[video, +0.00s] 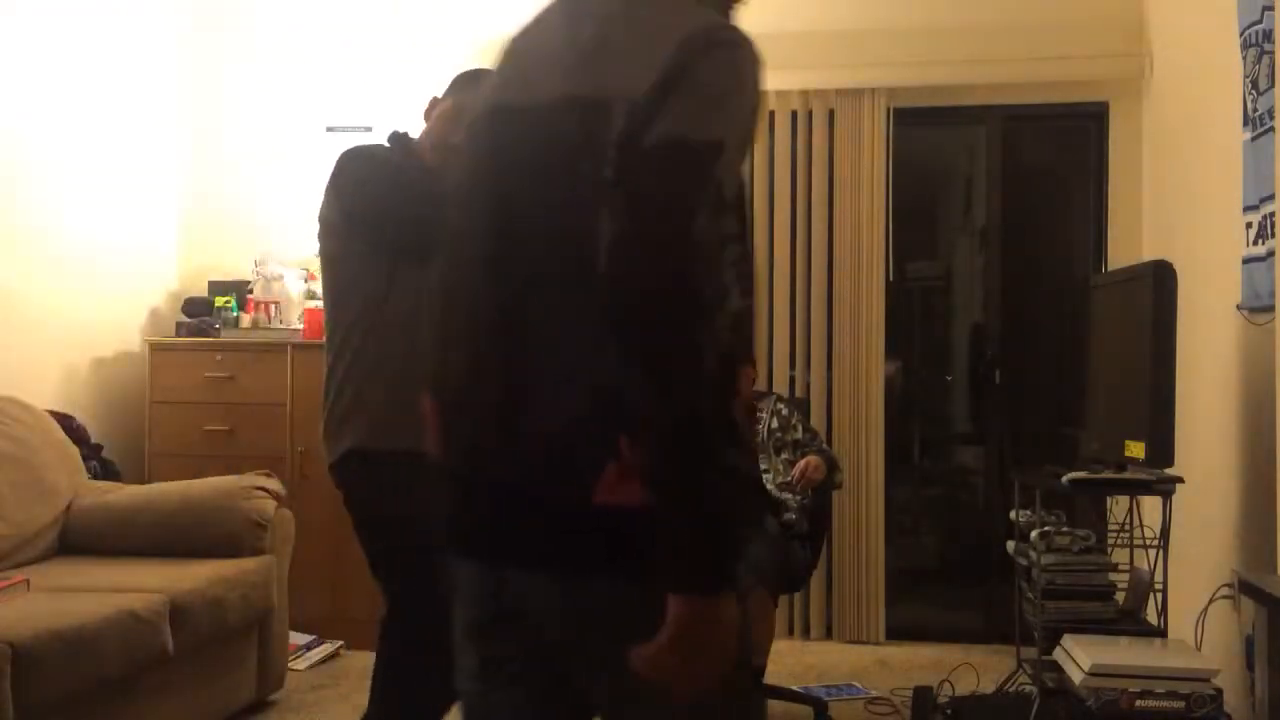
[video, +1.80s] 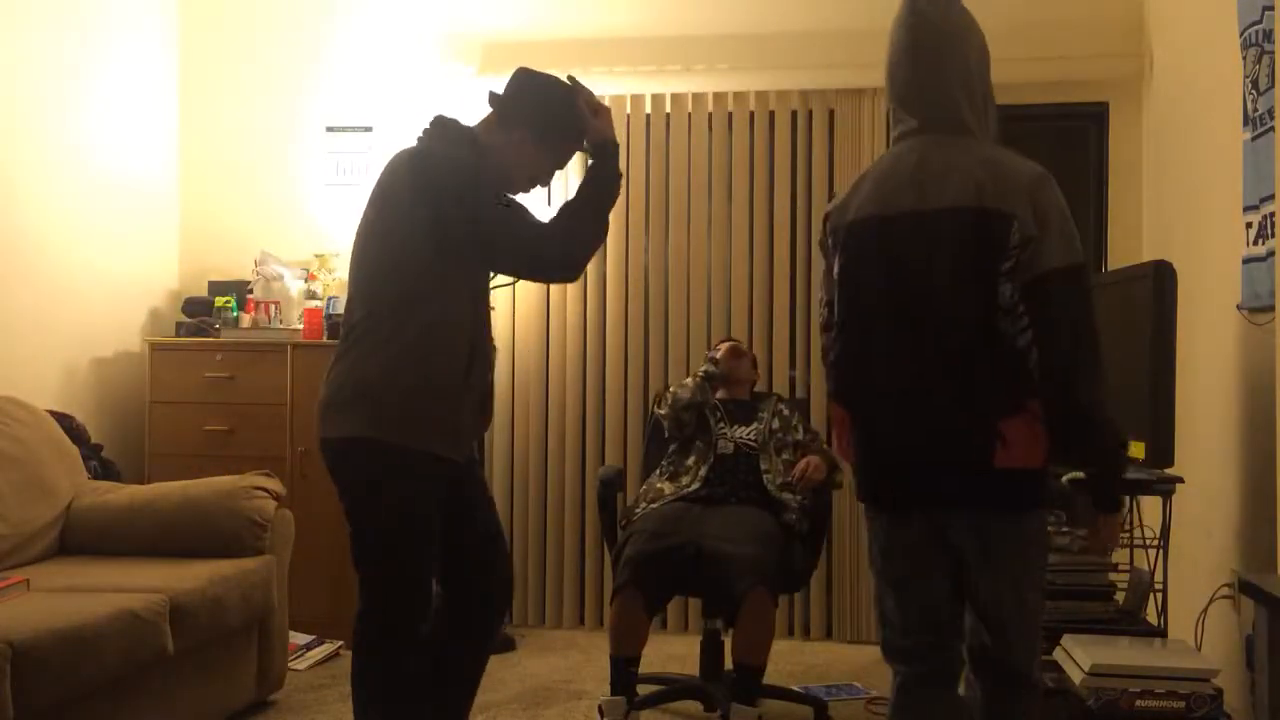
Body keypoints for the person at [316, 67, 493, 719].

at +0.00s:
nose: (473, 142)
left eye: (485, 132)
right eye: (468, 122)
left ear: (486, 134)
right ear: (434, 108)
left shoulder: (462, 194)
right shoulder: (365, 167)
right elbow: (448, 221)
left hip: (445, 438)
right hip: (382, 433)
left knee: (436, 619)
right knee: (423, 615)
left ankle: (407, 713)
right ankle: (394, 714)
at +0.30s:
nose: (501, 162)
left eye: (517, 155)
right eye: (494, 137)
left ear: (519, 162)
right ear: (460, 116)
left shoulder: (480, 214)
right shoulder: (384, 180)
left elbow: (473, 317)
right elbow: (456, 282)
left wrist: (509, 355)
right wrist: (561, 248)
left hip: (465, 445)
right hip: (397, 445)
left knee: (494, 621)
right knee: (445, 625)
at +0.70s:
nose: (533, 182)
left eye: (549, 179)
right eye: (532, 158)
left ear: (547, 189)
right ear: (501, 130)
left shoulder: (504, 238)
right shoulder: (403, 200)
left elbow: (493, 338)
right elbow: (424, 332)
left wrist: (514, 378)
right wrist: (562, 348)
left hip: (464, 457)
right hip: (392, 458)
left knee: (510, 620)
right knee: (464, 621)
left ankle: (446, 718)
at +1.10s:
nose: (544, 174)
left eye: (559, 173)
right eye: (547, 151)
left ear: (560, 176)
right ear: (521, 115)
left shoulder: (515, 216)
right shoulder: (423, 167)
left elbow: (478, 311)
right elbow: (468, 285)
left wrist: (509, 362)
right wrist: (599, 278)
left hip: (451, 439)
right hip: (387, 433)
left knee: (470, 615)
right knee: (436, 612)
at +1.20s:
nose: (535, 158)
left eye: (553, 160)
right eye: (539, 135)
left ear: (555, 170)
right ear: (516, 106)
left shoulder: (509, 208)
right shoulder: (423, 154)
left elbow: (486, 313)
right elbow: (516, 231)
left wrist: (510, 354)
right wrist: (614, 173)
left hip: (451, 433)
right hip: (387, 428)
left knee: (454, 614)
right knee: (420, 612)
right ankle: (400, 713)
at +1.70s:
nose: (542, 182)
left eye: (552, 171)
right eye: (549, 165)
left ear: (508, 125)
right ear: (522, 132)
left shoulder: (453, 176)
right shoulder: (437, 167)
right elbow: (554, 245)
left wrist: (476, 340)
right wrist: (609, 147)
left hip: (431, 431)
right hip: (385, 430)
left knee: (477, 585)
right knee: (395, 599)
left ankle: (434, 712)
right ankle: (389, 714)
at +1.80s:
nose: (539, 183)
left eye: (549, 172)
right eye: (545, 166)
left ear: (502, 127)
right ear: (513, 132)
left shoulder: (448, 177)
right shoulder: (438, 174)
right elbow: (557, 254)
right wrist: (605, 157)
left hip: (430, 433)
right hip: (388, 431)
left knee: (482, 583)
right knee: (397, 606)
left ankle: (435, 711)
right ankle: (390, 713)